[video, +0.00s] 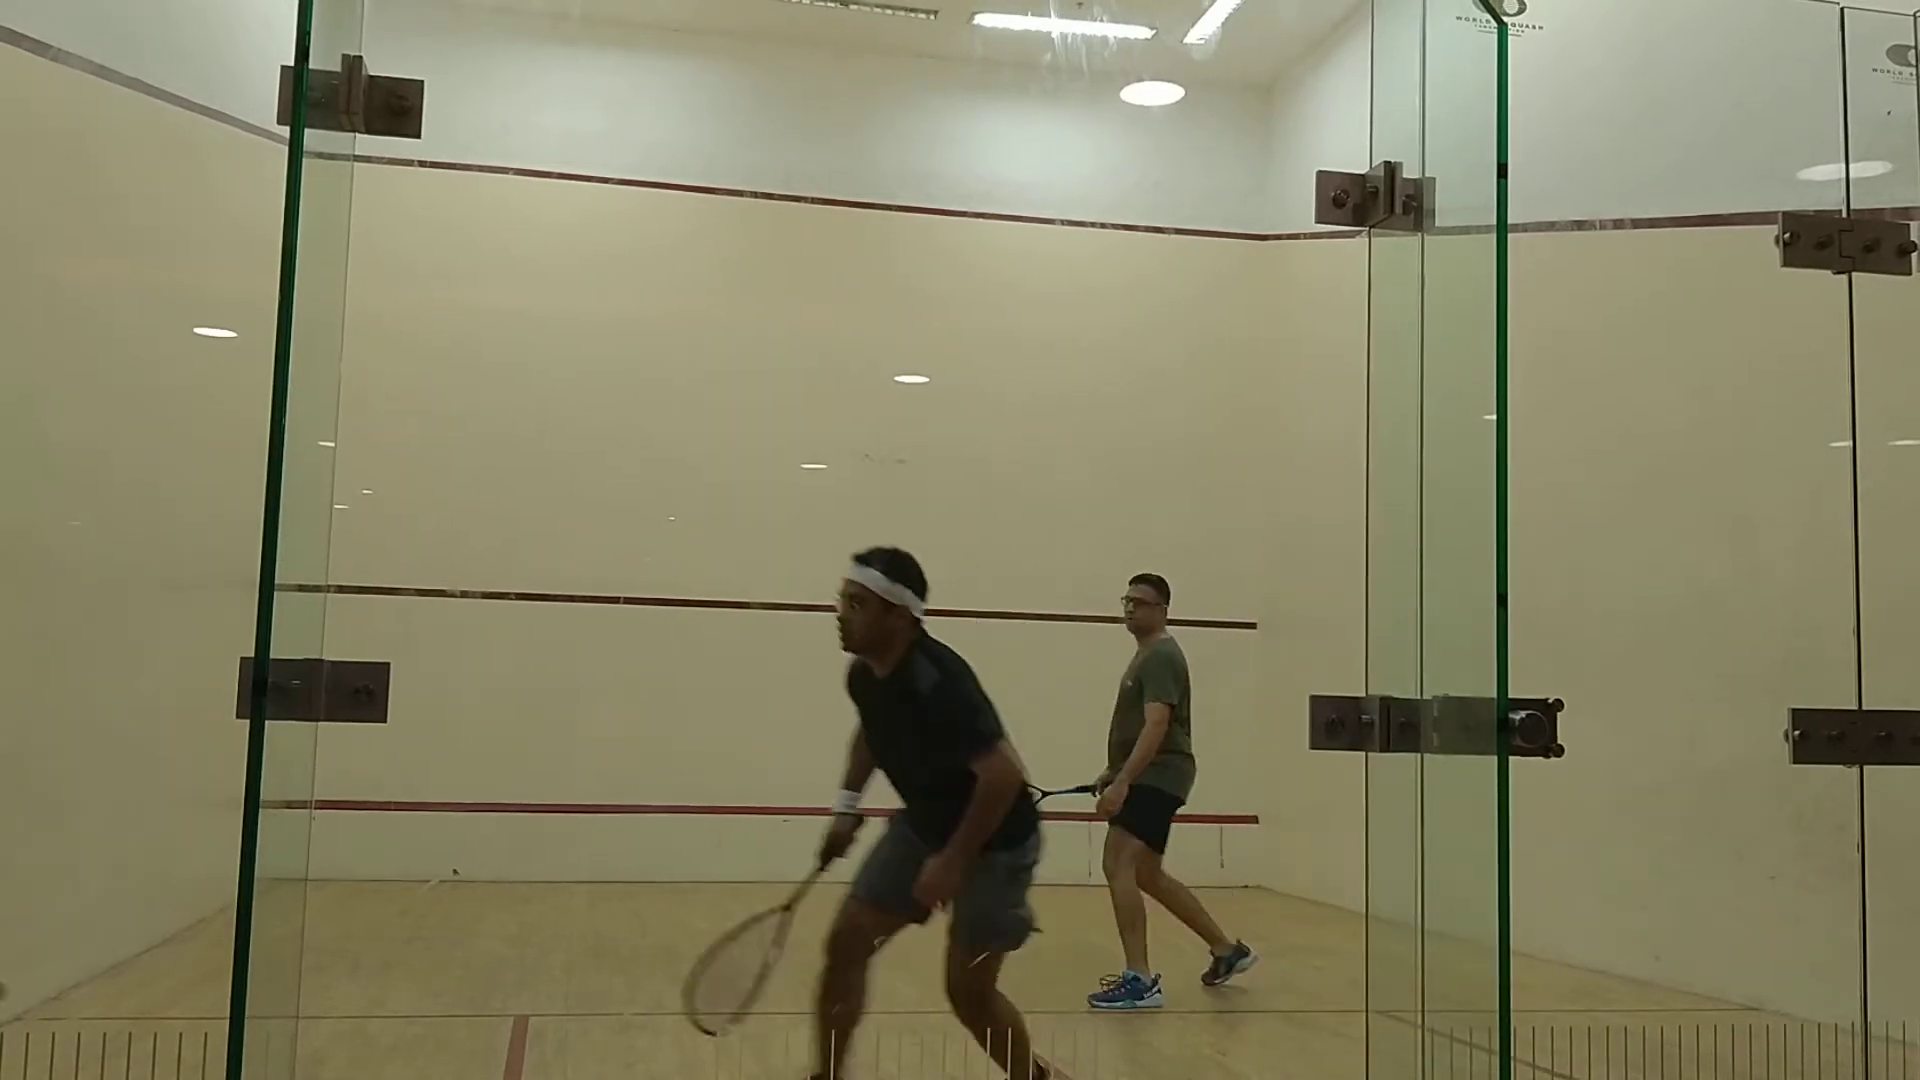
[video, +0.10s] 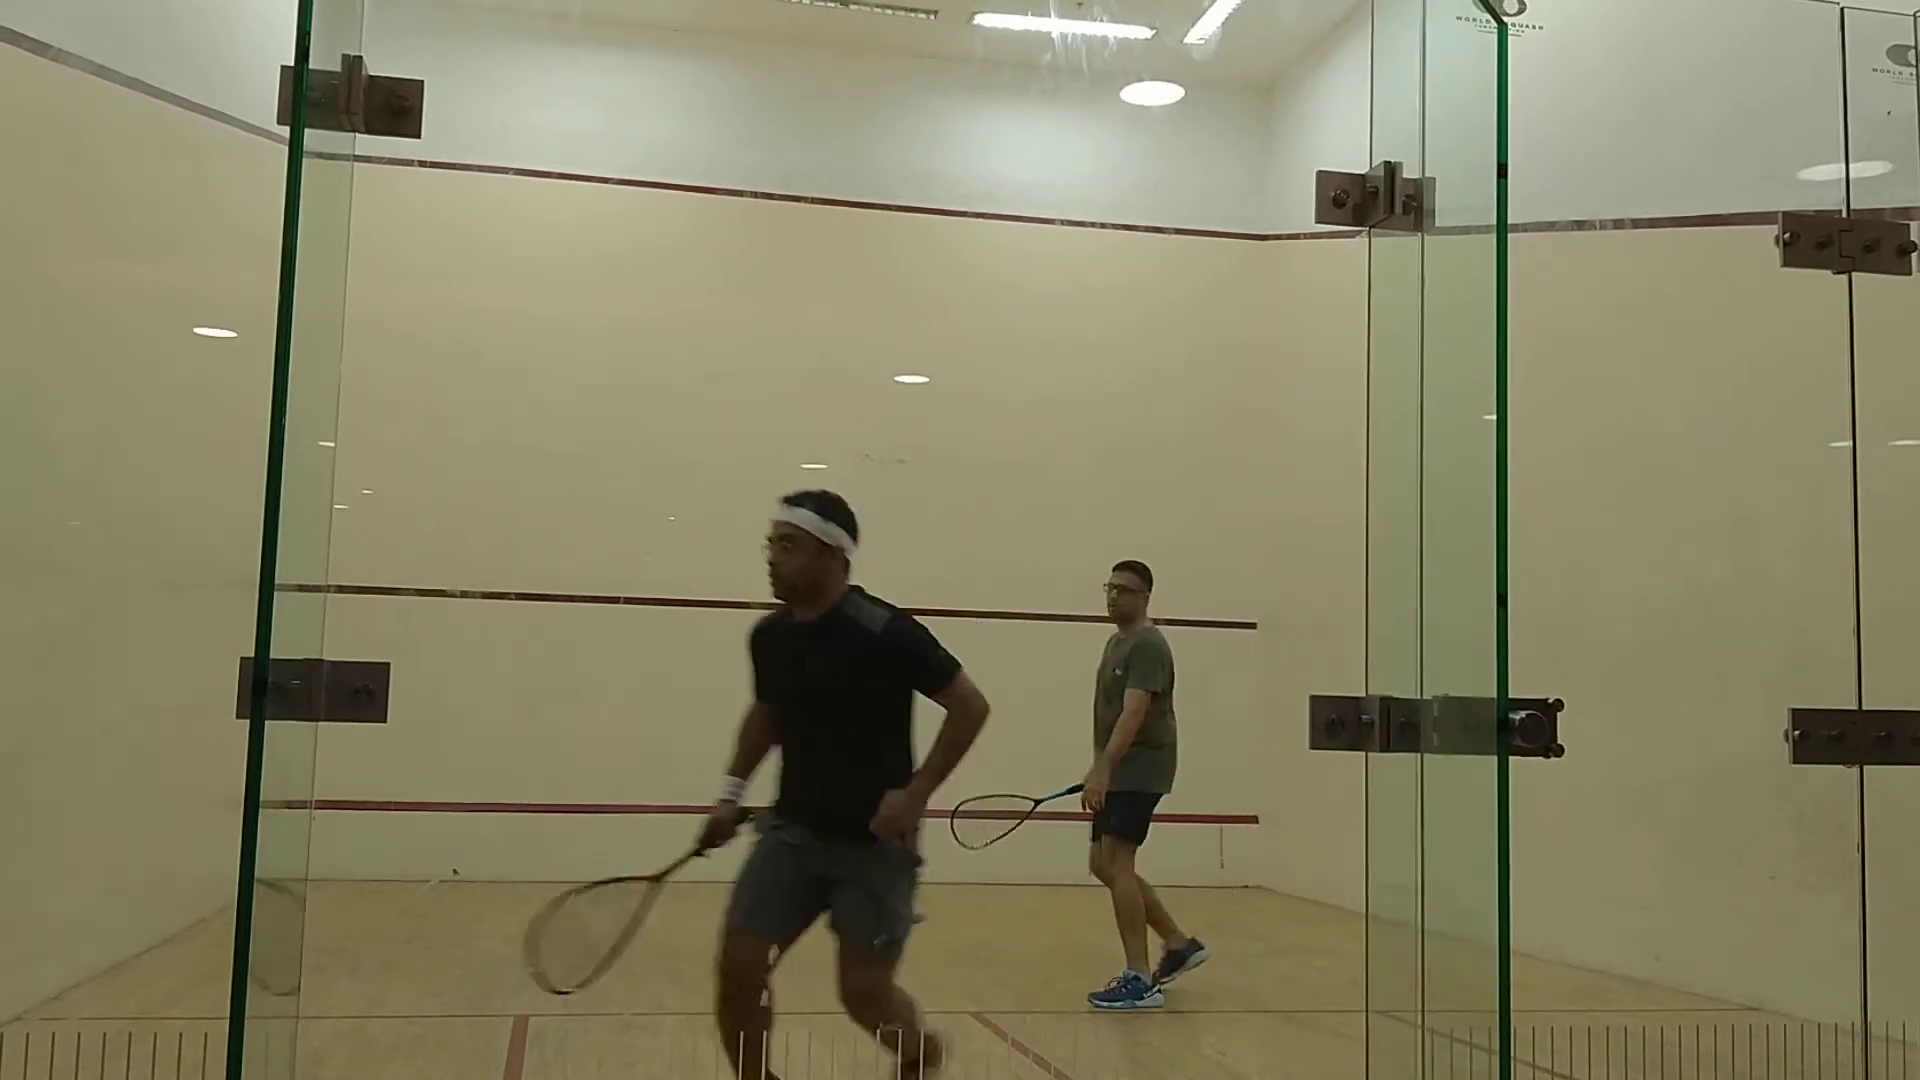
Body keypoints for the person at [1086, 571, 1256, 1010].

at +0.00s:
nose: (1130, 609)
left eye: (1141, 603)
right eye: (1128, 602)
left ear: (1162, 610)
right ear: (1126, 608)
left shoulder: (1161, 656)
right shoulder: (1148, 654)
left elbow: (1156, 728)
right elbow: (1141, 727)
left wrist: (1121, 783)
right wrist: (1113, 773)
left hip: (1153, 778)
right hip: (1154, 779)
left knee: (1118, 866)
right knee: (1148, 875)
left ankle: (1139, 979)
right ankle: (1226, 949)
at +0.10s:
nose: (1114, 597)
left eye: (1125, 591)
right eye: (1111, 589)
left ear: (1145, 598)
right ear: (1108, 593)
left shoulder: (1147, 645)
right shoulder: (1120, 642)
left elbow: (1133, 715)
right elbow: (1116, 715)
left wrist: (1101, 771)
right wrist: (1099, 772)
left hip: (1139, 773)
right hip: (1121, 772)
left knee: (1118, 865)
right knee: (1101, 863)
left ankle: (1138, 977)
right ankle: (1178, 942)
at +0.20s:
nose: (1096, 585)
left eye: (1106, 580)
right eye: (1092, 578)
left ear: (1126, 586)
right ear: (1087, 582)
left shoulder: (1130, 635)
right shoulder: (1096, 633)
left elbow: (1122, 703)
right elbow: (1091, 702)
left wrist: (1086, 758)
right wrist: (1074, 753)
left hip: (1126, 772)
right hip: (1097, 769)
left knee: (1126, 863)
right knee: (1069, 853)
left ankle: (1141, 975)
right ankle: (1110, 957)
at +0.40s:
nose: (1050, 586)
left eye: (1061, 580)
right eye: (1046, 580)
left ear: (1082, 586)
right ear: (1041, 585)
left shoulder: (1084, 635)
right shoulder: (1053, 636)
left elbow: (1089, 704)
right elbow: (1045, 708)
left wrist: (1061, 760)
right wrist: (1021, 758)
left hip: (1073, 776)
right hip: (1043, 773)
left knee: (1053, 866)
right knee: (1022, 856)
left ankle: (1124, 960)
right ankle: (1043, 969)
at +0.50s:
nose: (1027, 587)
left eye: (1037, 580)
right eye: (1022, 579)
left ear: (1057, 586)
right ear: (1016, 584)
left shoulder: (1063, 634)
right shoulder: (1027, 637)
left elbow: (1072, 706)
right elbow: (1016, 709)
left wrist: (1054, 765)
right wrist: (993, 761)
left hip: (1039, 771)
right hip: (1019, 770)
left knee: (996, 856)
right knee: (1018, 865)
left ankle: (1065, 942)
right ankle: (1043, 969)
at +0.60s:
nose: (1001, 584)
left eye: (1011, 578)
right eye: (996, 577)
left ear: (1031, 585)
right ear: (991, 583)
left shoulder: (1039, 633)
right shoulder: (998, 635)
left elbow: (1054, 701)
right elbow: (987, 707)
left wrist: (1045, 767)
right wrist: (965, 761)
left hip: (1010, 770)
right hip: (993, 768)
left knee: (961, 854)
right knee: (1003, 865)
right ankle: (1043, 970)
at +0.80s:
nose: (949, 581)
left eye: (960, 575)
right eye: (945, 574)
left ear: (981, 581)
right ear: (941, 579)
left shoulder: (985, 631)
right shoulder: (960, 630)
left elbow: (1003, 697)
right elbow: (952, 704)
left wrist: (1002, 766)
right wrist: (924, 751)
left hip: (963, 773)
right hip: (947, 770)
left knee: (934, 860)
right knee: (942, 861)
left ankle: (967, 976)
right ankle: (1001, 949)